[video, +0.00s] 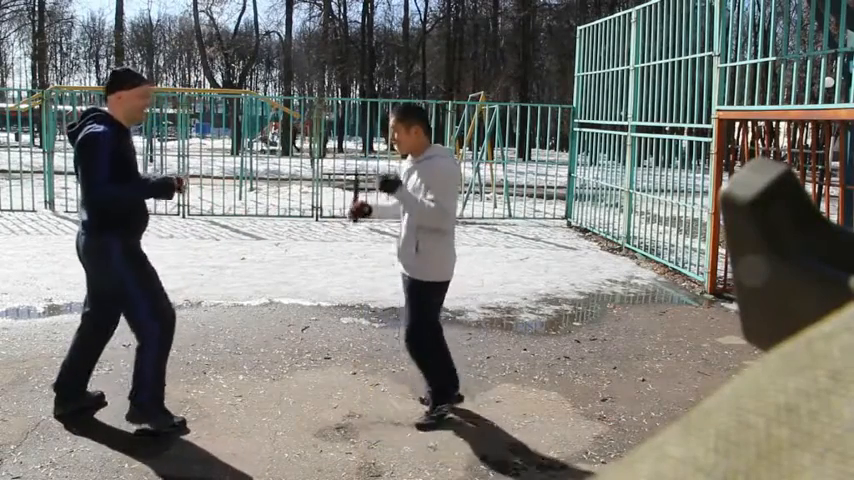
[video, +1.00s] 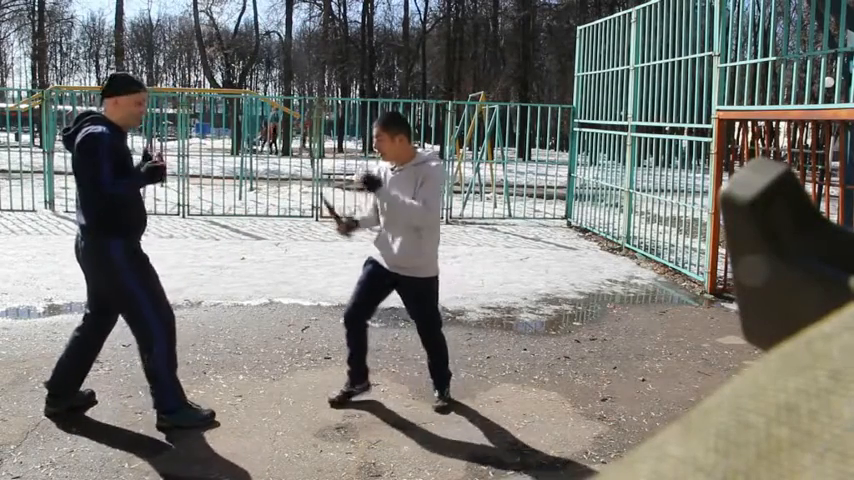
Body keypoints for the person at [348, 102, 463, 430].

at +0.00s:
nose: (392, 138)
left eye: (396, 132)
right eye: (391, 132)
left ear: (416, 131)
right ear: (411, 133)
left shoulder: (441, 166)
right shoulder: (414, 164)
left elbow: (442, 217)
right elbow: (407, 209)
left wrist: (401, 192)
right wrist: (371, 210)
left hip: (431, 269)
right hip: (416, 266)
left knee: (418, 338)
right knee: (426, 331)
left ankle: (444, 400)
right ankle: (445, 389)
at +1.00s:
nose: (375, 146)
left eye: (380, 140)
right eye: (375, 140)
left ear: (400, 140)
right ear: (394, 141)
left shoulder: (430, 169)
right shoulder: (385, 170)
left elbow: (427, 216)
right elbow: (378, 216)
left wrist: (382, 190)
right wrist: (354, 223)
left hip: (419, 269)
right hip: (384, 262)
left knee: (430, 333)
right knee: (354, 317)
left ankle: (442, 389)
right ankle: (358, 381)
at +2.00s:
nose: (304, 154)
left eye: (308, 147)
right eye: (302, 147)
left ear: (328, 146)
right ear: (309, 148)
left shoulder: (360, 171)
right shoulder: (313, 179)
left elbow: (361, 217)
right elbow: (310, 219)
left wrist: (324, 195)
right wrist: (286, 223)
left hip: (364, 266)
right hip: (326, 263)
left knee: (383, 327)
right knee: (304, 320)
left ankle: (401, 381)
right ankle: (285, 381)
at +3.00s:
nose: (216, 176)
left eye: (220, 168)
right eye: (213, 170)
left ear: (239, 166)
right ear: (214, 173)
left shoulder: (274, 177)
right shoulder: (218, 207)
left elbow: (299, 210)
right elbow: (189, 235)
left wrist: (259, 191)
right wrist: (152, 261)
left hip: (306, 261)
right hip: (267, 265)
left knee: (336, 317)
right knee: (247, 319)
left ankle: (370, 371)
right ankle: (239, 377)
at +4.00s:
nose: (229, 156)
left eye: (232, 149)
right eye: (228, 150)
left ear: (248, 148)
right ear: (242, 150)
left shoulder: (288, 172)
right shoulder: (233, 183)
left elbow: (294, 211)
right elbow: (200, 205)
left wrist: (257, 183)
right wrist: (175, 234)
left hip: (292, 269)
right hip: (253, 266)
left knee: (322, 326)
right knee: (219, 316)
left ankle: (356, 375)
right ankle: (200, 373)